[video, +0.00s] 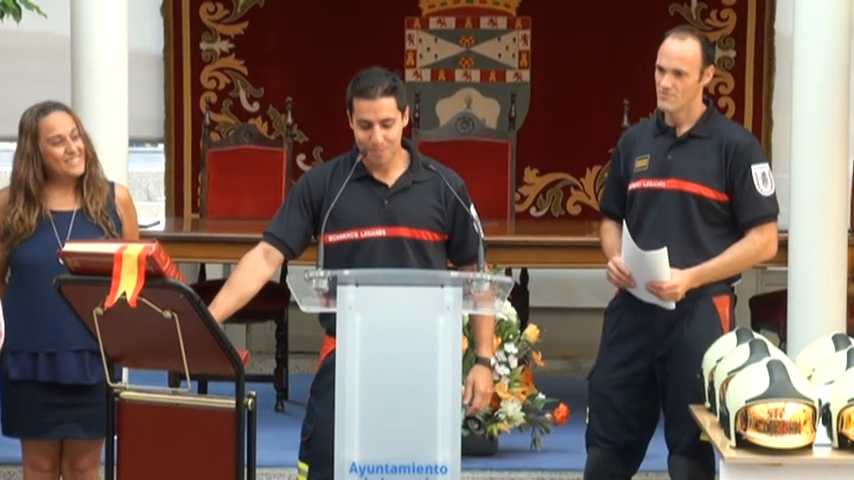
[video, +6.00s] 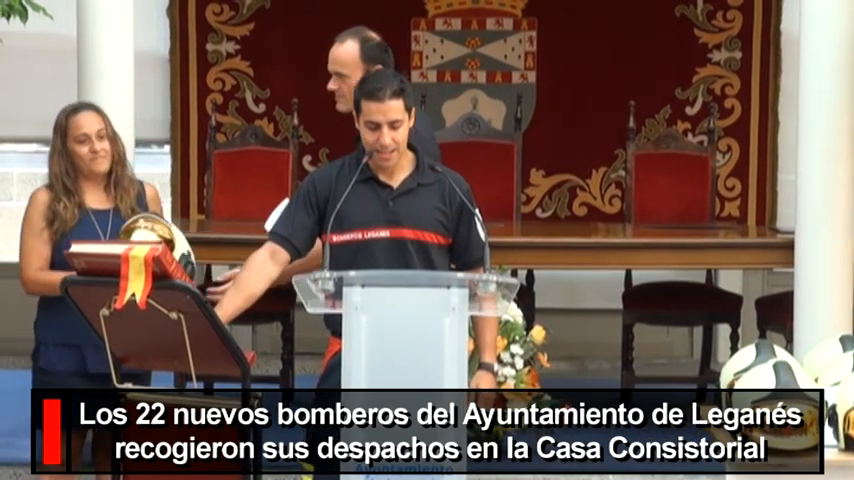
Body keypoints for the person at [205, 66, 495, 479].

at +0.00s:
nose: (376, 137)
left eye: (386, 124)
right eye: (365, 125)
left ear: (406, 119)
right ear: (351, 123)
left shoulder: (446, 187)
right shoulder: (321, 184)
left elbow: (476, 278)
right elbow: (266, 256)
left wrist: (484, 361)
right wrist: (207, 322)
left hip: (426, 354)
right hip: (347, 353)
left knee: (424, 468)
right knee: (323, 465)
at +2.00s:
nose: (378, 139)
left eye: (389, 126)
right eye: (367, 127)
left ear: (408, 119)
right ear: (352, 122)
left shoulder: (447, 188)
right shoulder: (323, 184)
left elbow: (475, 281)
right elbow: (267, 255)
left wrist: (483, 363)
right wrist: (207, 322)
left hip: (428, 352)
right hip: (348, 351)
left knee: (429, 469)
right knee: (330, 465)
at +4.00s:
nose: (380, 139)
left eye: (390, 126)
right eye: (368, 127)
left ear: (407, 118)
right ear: (352, 122)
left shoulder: (445, 188)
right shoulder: (322, 184)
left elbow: (475, 280)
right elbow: (267, 255)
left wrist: (483, 364)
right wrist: (209, 322)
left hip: (428, 356)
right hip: (347, 355)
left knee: (430, 472)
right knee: (331, 470)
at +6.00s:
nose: (384, 139)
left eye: (395, 126)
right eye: (372, 127)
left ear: (411, 119)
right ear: (357, 121)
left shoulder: (450, 189)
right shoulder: (327, 184)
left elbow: (480, 283)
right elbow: (272, 256)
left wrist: (487, 366)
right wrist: (212, 324)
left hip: (431, 353)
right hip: (352, 351)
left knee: (433, 469)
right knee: (330, 462)